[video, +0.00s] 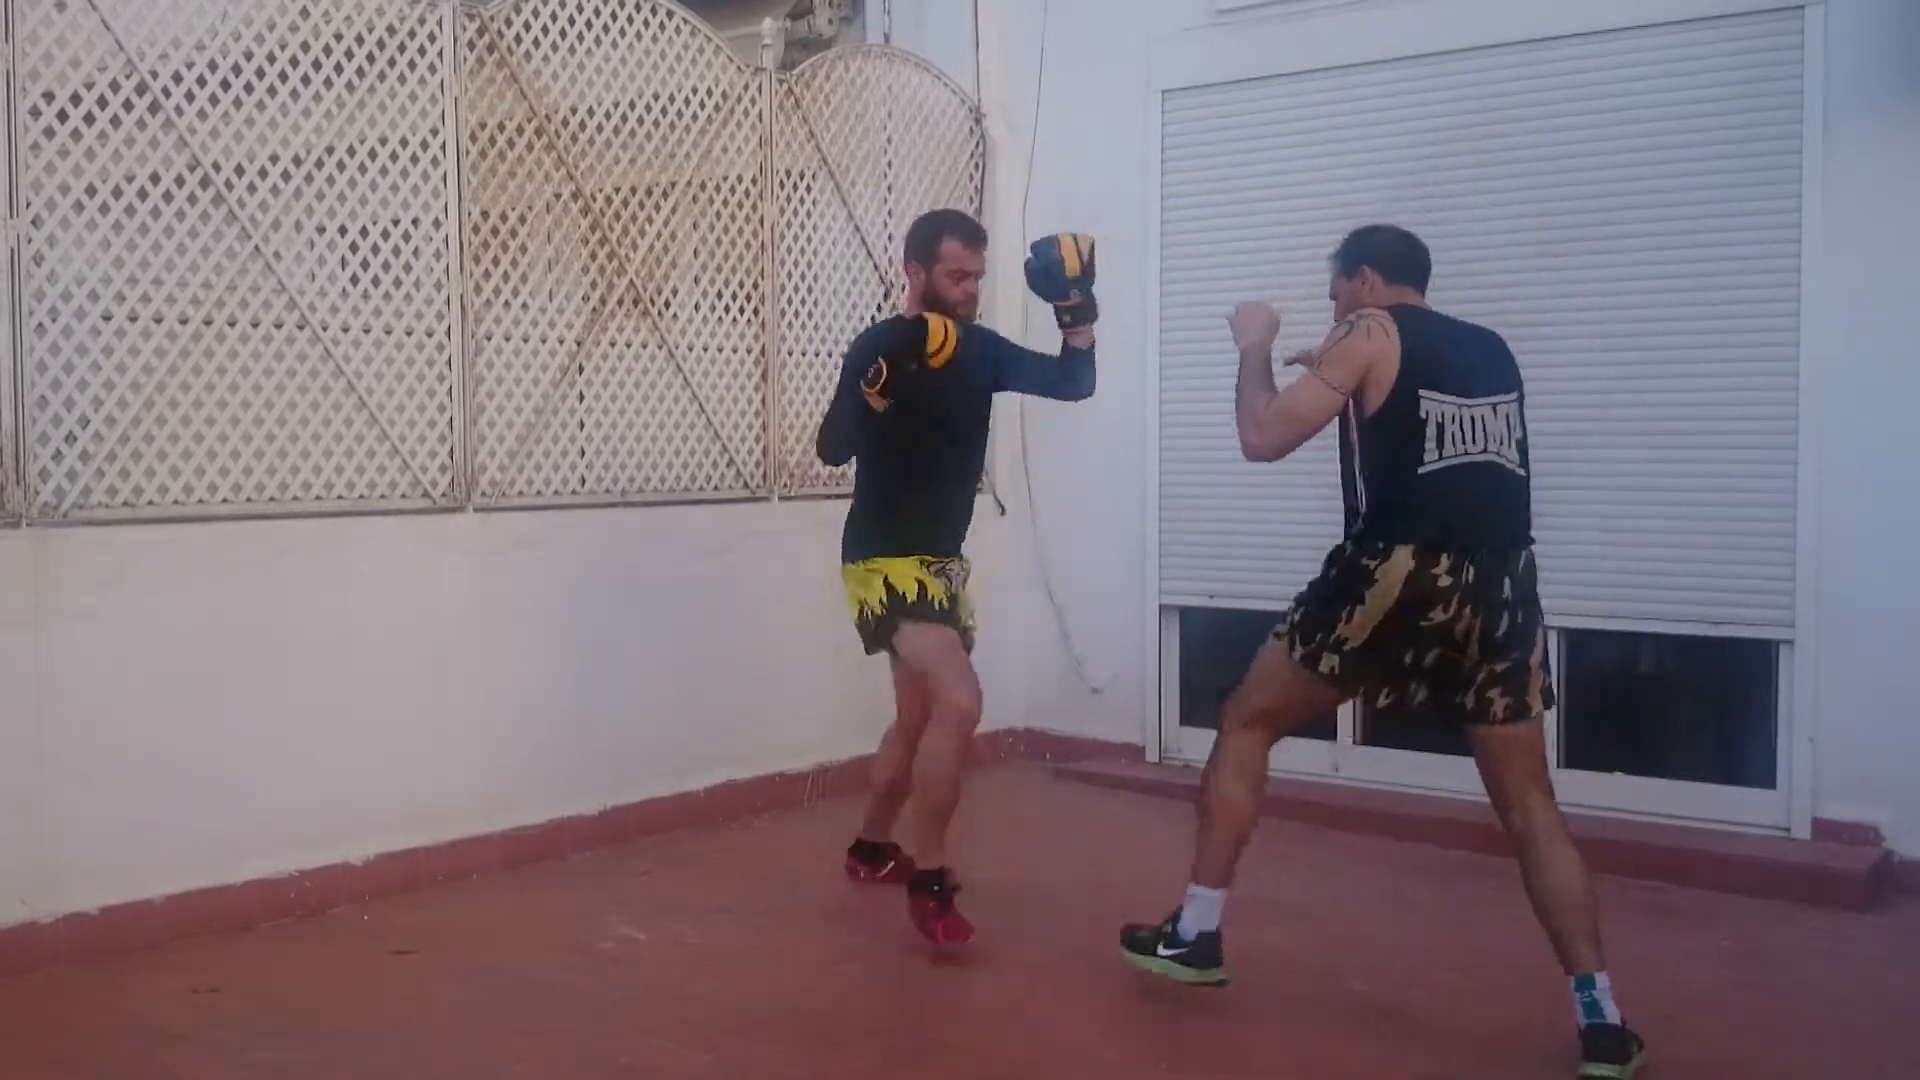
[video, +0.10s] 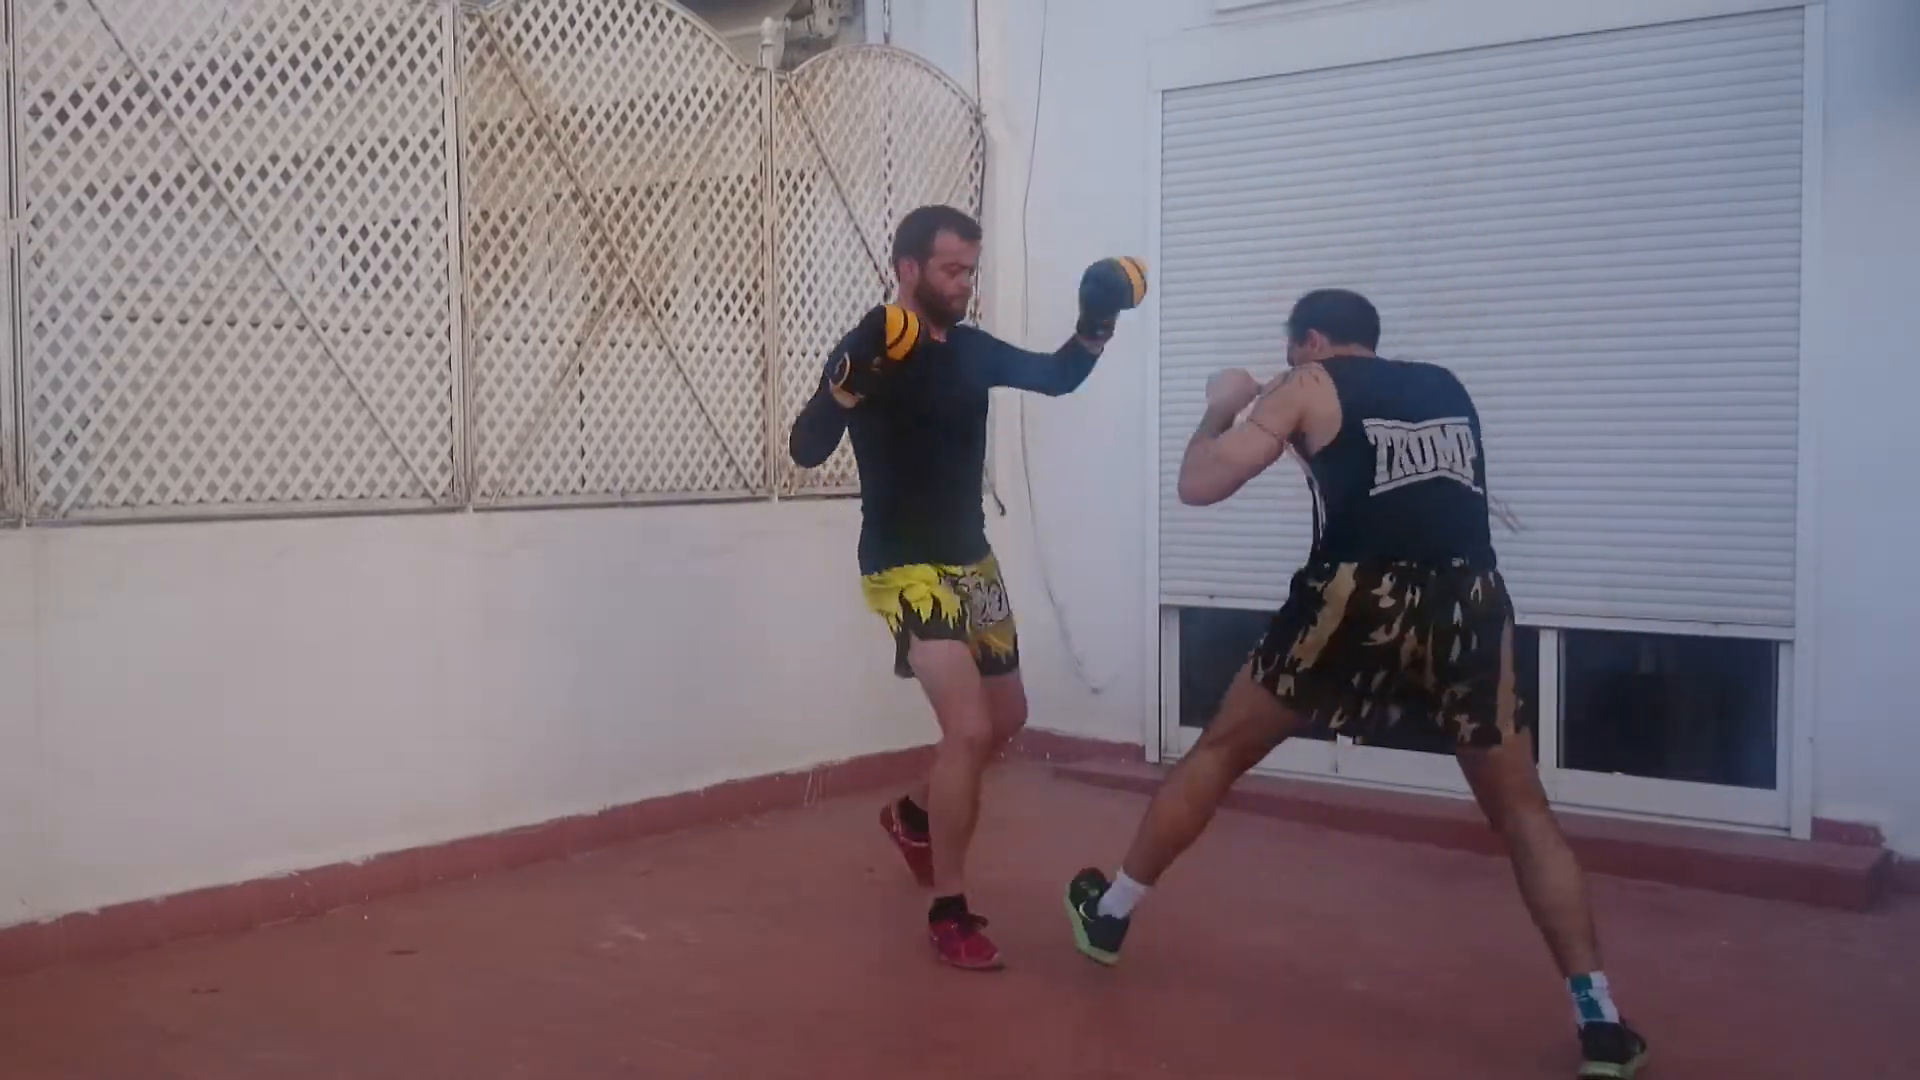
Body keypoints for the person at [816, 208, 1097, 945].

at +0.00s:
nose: (970, 289)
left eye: (977, 276)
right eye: (957, 276)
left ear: (981, 276)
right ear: (914, 274)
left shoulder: (985, 350)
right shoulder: (877, 348)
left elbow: (1073, 379)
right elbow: (833, 447)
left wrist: (1075, 314)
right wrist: (876, 385)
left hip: (942, 557)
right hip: (884, 554)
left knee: (915, 721)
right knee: (959, 701)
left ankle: (872, 849)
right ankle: (928, 877)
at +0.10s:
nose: (965, 284)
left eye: (971, 272)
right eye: (952, 271)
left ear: (972, 273)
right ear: (907, 269)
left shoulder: (974, 348)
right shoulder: (866, 345)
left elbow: (1060, 374)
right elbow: (807, 451)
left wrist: (1098, 312)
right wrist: (849, 381)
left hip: (971, 555)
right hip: (904, 562)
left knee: (1003, 718)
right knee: (967, 730)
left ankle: (917, 814)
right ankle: (950, 908)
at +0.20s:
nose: (950, 283)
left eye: (957, 270)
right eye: (939, 268)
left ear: (955, 273)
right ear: (891, 263)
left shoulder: (954, 339)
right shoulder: (851, 350)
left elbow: (1014, 370)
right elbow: (840, 436)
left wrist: (1106, 356)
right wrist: (881, 364)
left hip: (996, 541)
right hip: (920, 562)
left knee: (1088, 690)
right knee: (969, 736)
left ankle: (1028, 798)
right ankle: (949, 911)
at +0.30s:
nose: (948, 275)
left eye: (953, 262)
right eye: (937, 260)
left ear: (946, 263)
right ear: (890, 256)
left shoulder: (943, 331)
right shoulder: (846, 348)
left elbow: (984, 387)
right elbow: (872, 431)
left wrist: (1035, 404)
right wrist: (920, 334)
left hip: (1015, 529)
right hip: (935, 556)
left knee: (1124, 668)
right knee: (968, 740)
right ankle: (949, 911)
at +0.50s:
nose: (943, 271)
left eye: (947, 258)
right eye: (931, 257)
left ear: (932, 260)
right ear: (883, 257)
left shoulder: (940, 328)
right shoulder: (848, 350)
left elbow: (991, 391)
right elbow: (871, 429)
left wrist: (1050, 418)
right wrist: (896, 348)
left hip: (1027, 532)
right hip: (951, 558)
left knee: (1111, 690)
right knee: (976, 744)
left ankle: (1180, 852)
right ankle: (949, 911)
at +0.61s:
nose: (945, 276)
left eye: (948, 264)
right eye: (934, 263)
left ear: (926, 267)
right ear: (886, 264)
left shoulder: (953, 343)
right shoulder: (854, 359)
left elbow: (1022, 395)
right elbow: (902, 427)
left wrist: (1119, 395)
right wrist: (932, 323)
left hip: (1034, 542)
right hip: (956, 567)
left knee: (1110, 706)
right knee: (985, 751)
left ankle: (1162, 862)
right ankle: (950, 908)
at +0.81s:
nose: (970, 300)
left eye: (972, 286)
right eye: (958, 285)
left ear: (921, 279)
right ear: (911, 274)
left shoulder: (943, 350)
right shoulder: (888, 355)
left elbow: (1007, 424)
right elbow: (1021, 356)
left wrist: (1100, 410)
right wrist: (1008, 263)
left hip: (1036, 549)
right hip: (967, 572)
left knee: (1120, 702)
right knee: (999, 756)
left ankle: (1154, 864)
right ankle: (952, 911)